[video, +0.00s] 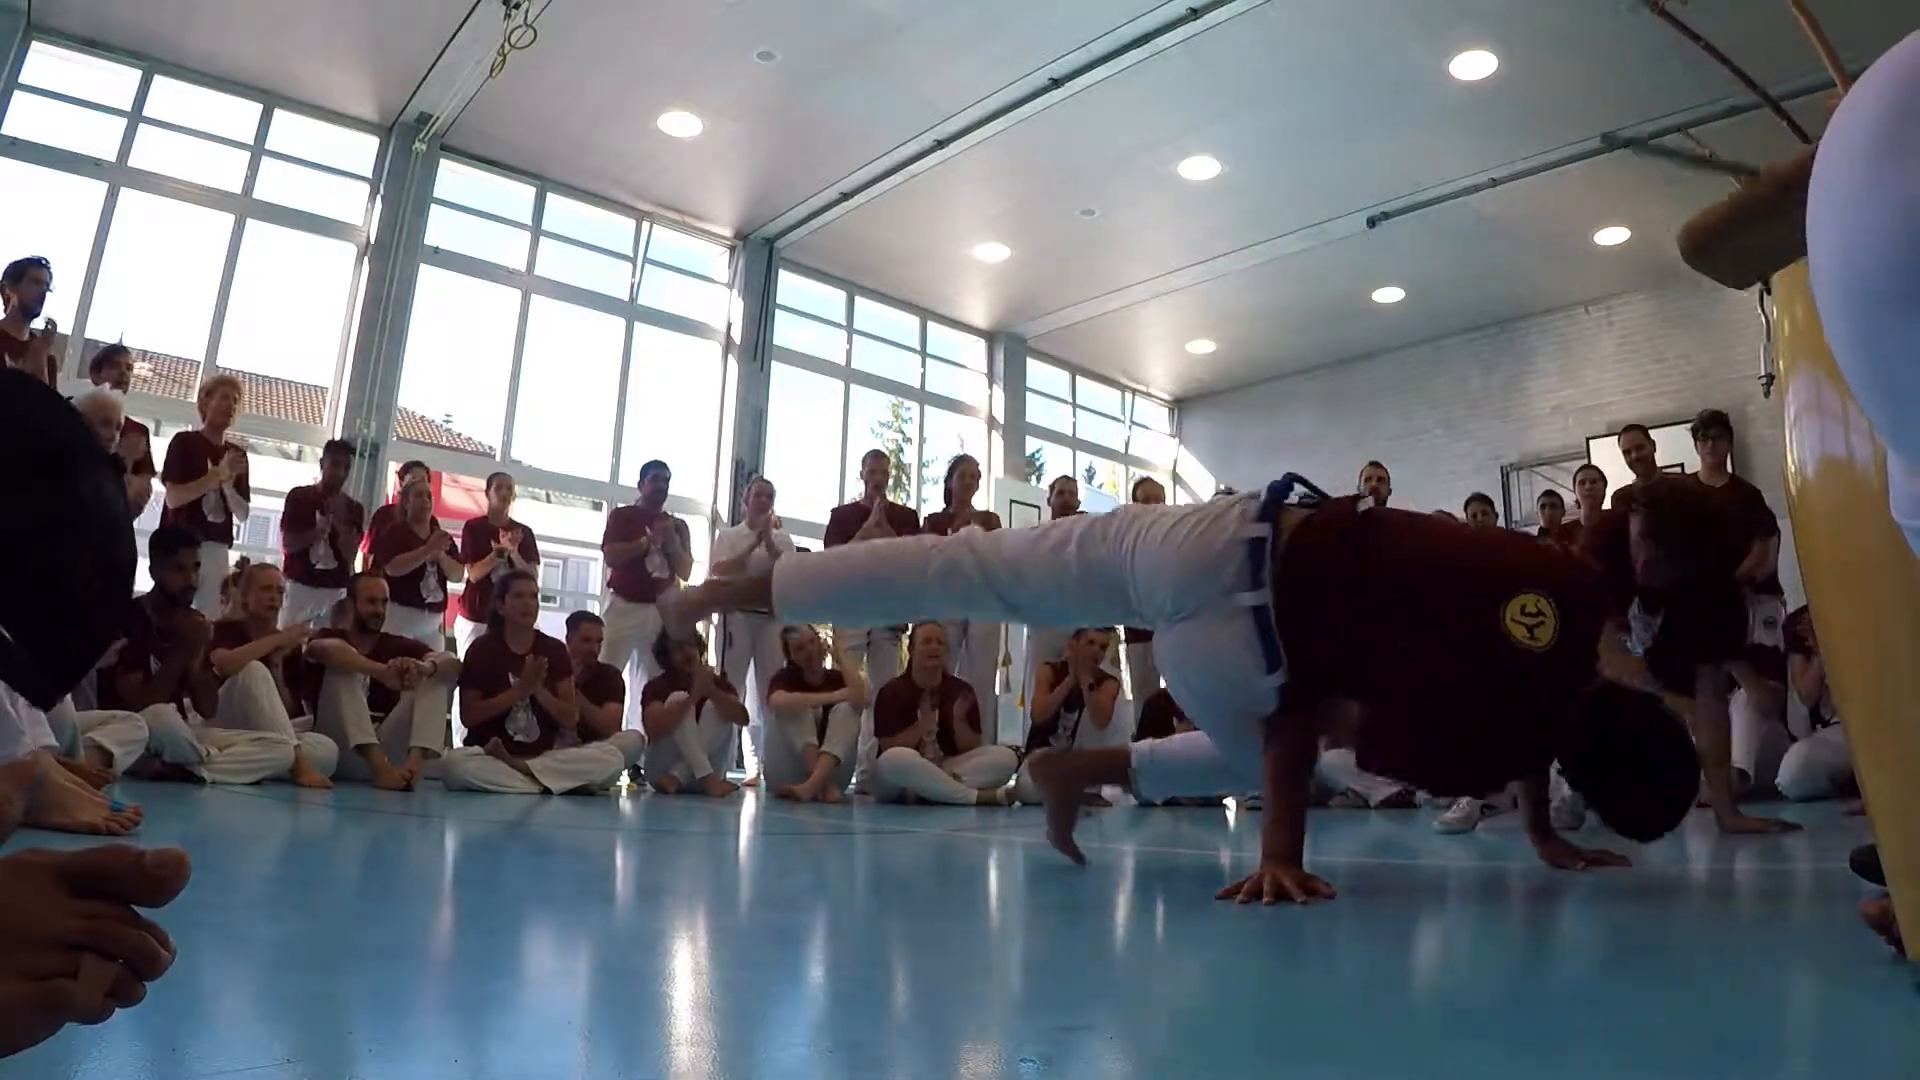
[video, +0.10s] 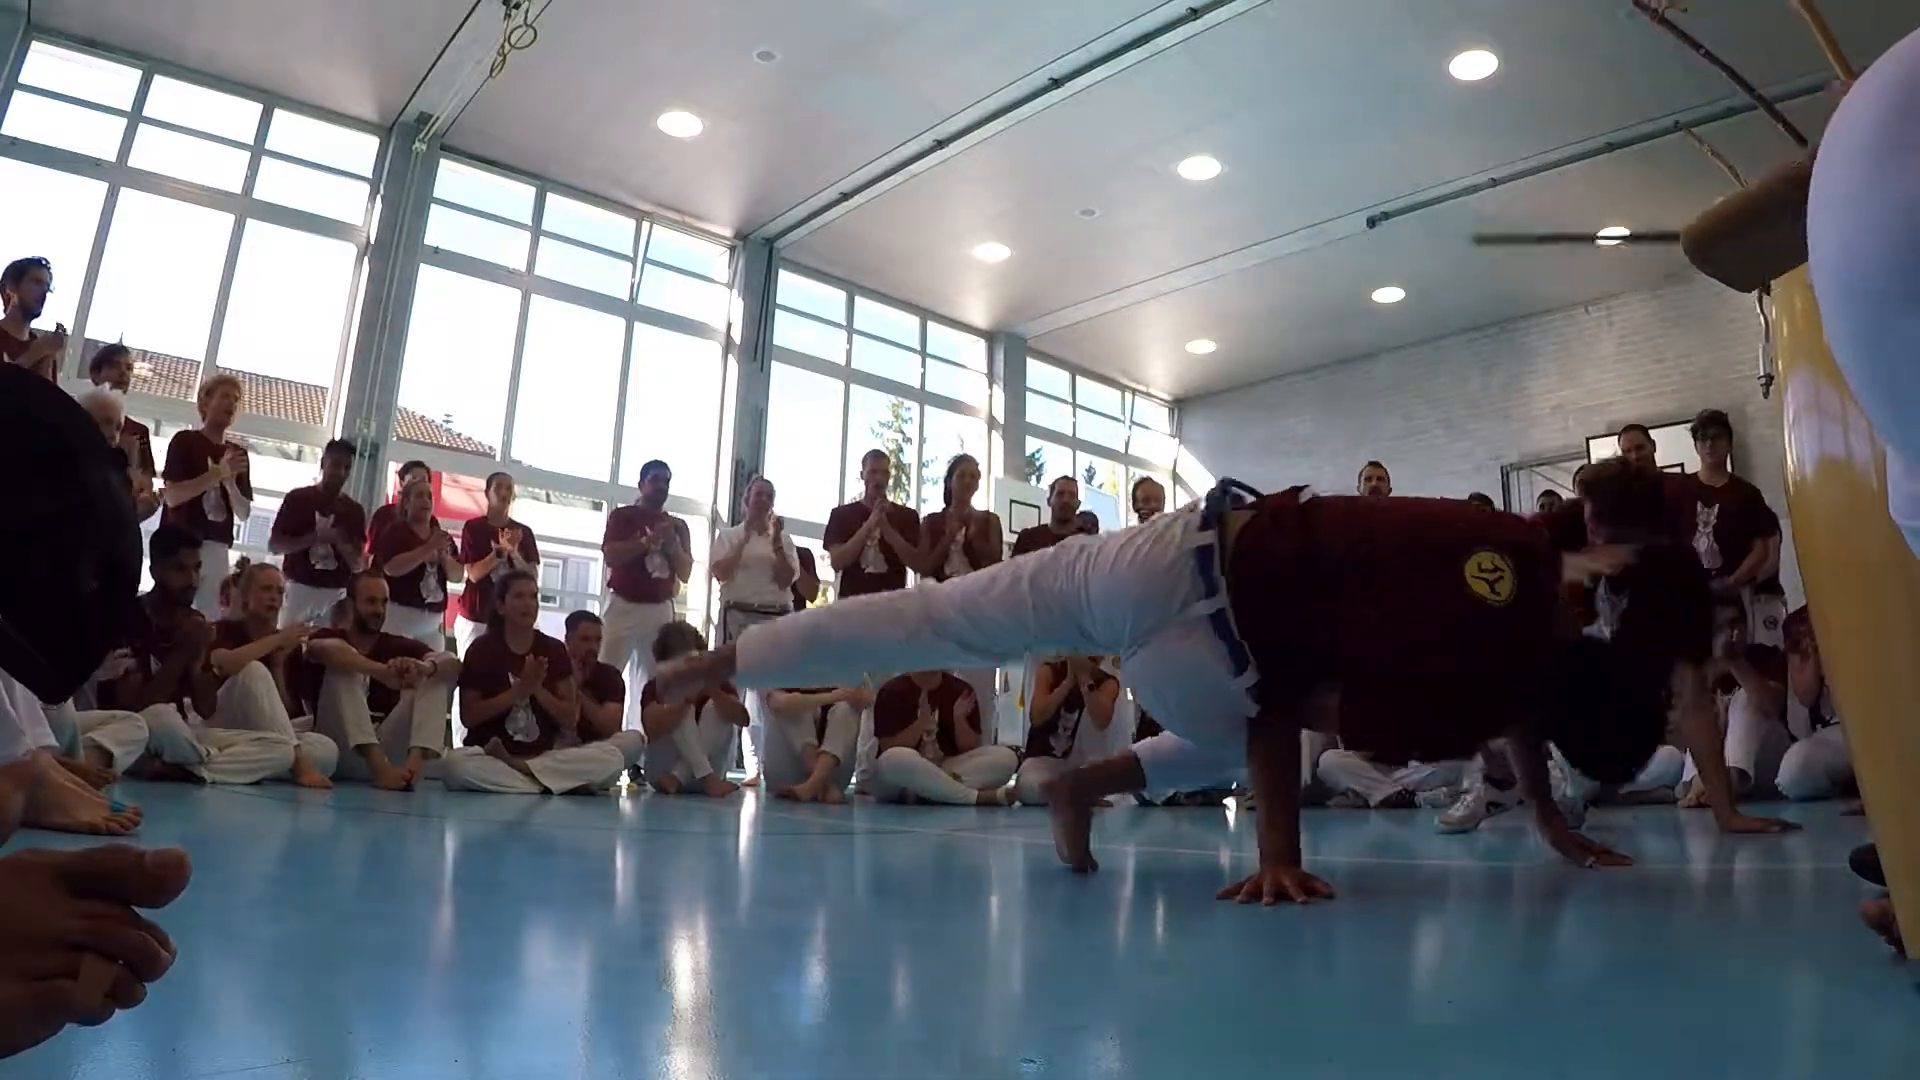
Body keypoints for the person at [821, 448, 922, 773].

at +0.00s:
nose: (877, 478)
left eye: (882, 472)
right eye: (872, 472)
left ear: (890, 474)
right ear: (862, 474)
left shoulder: (906, 517)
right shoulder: (843, 514)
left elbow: (913, 563)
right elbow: (831, 563)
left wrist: (885, 533)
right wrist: (863, 533)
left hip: (890, 609)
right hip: (848, 609)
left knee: (887, 694)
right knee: (849, 692)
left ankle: (878, 772)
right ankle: (841, 769)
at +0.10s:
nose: (879, 478)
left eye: (884, 473)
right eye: (873, 472)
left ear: (889, 476)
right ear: (862, 475)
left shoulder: (907, 516)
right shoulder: (841, 515)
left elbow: (917, 564)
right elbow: (838, 562)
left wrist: (887, 529)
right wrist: (868, 526)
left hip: (893, 604)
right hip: (852, 603)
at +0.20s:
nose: (880, 479)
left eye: (885, 473)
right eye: (874, 472)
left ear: (890, 477)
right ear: (862, 475)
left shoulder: (908, 517)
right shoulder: (842, 516)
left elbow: (917, 565)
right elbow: (838, 565)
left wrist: (893, 532)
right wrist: (866, 530)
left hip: (894, 620)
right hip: (853, 620)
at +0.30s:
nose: (879, 479)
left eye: (884, 472)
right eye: (874, 472)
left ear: (890, 475)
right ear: (863, 475)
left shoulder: (908, 517)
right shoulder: (843, 515)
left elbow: (919, 565)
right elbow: (840, 566)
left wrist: (889, 536)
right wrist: (870, 535)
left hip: (892, 619)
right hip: (852, 620)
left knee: (890, 694)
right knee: (845, 694)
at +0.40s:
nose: (880, 479)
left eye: (884, 473)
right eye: (874, 473)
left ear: (890, 475)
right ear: (863, 475)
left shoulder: (908, 517)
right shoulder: (843, 515)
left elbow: (919, 567)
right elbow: (840, 566)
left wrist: (888, 538)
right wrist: (870, 536)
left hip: (892, 620)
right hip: (853, 619)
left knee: (890, 698)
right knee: (845, 695)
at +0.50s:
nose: (878, 479)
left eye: (883, 473)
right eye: (873, 473)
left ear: (891, 475)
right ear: (862, 475)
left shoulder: (907, 518)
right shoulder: (845, 515)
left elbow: (916, 564)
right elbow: (838, 564)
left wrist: (889, 533)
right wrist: (865, 534)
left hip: (893, 619)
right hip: (853, 619)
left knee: (889, 698)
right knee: (845, 696)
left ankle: (880, 773)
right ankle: (837, 772)